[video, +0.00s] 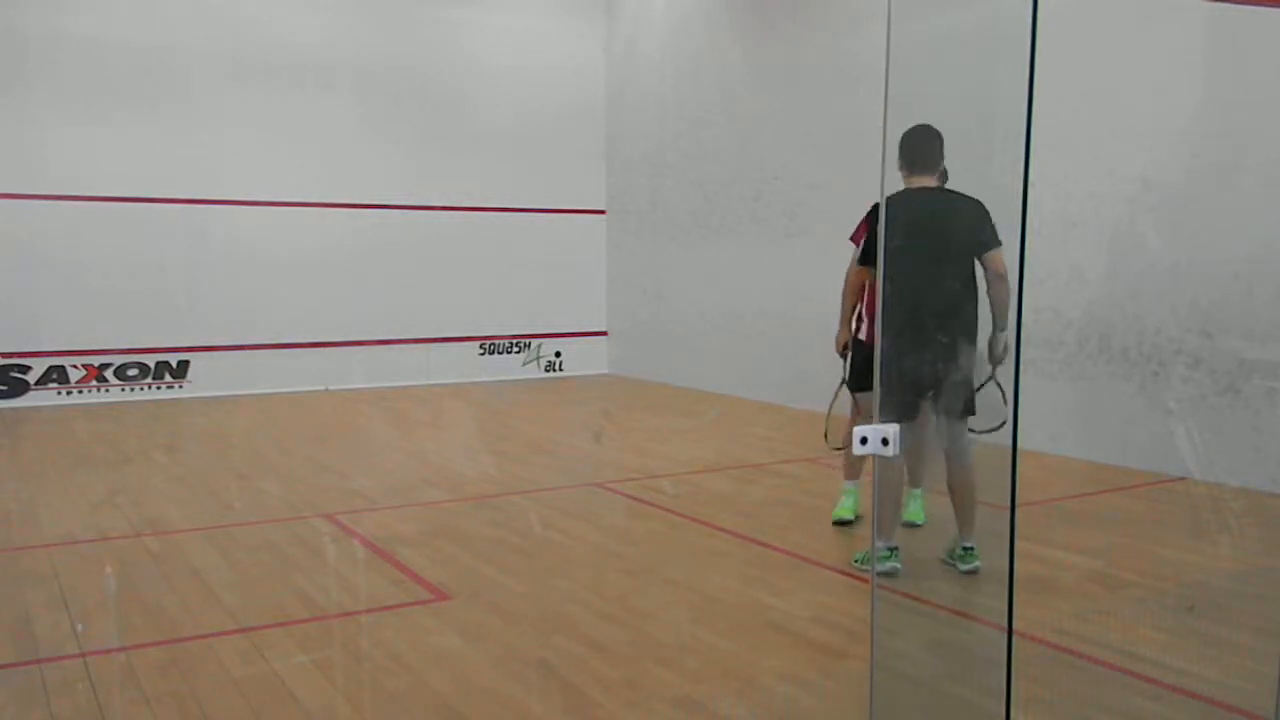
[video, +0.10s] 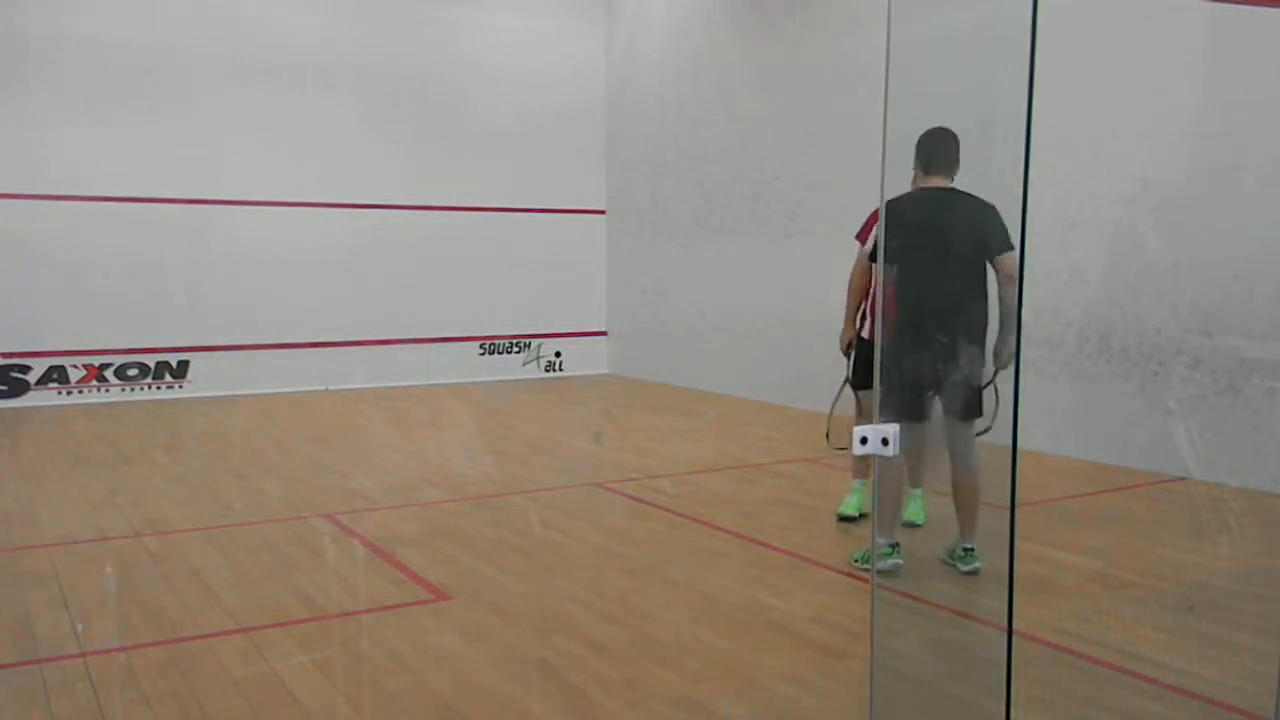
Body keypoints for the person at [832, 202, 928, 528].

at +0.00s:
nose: (922, 192)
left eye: (929, 187)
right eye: (918, 186)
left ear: (939, 183)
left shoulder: (946, 224)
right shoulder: (881, 214)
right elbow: (858, 271)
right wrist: (844, 325)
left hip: (919, 338)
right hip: (872, 335)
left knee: (916, 419)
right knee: (861, 412)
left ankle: (914, 493)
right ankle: (850, 491)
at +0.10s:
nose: (923, 188)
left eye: (928, 183)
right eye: (921, 181)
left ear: (931, 181)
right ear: (913, 179)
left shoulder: (950, 227)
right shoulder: (884, 216)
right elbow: (861, 269)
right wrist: (849, 323)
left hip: (919, 339)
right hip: (874, 334)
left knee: (914, 419)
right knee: (864, 410)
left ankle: (914, 493)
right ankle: (858, 487)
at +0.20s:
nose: (929, 200)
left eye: (935, 194)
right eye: (925, 190)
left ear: (943, 194)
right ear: (915, 184)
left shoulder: (946, 232)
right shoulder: (886, 221)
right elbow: (864, 271)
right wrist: (853, 322)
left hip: (920, 338)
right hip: (877, 334)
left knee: (915, 416)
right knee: (868, 409)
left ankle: (913, 489)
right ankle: (870, 481)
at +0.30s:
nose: (936, 197)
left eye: (942, 190)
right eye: (931, 187)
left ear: (948, 192)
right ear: (920, 183)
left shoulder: (950, 229)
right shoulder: (891, 219)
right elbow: (865, 269)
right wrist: (853, 322)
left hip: (925, 338)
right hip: (882, 334)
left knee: (915, 413)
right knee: (873, 404)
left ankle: (906, 479)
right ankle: (883, 474)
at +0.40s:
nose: (938, 196)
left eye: (943, 189)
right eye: (934, 187)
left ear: (948, 191)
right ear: (922, 184)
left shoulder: (952, 229)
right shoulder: (892, 220)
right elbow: (864, 272)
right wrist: (853, 321)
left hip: (929, 339)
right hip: (887, 336)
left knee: (923, 417)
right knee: (881, 410)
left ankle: (911, 489)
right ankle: (900, 481)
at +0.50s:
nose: (931, 196)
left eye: (937, 191)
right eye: (927, 189)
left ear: (948, 194)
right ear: (919, 188)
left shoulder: (953, 231)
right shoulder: (891, 223)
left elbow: (962, 286)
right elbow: (864, 274)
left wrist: (954, 333)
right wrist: (852, 322)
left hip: (929, 339)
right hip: (887, 337)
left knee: (924, 417)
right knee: (882, 411)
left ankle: (916, 489)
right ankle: (898, 478)